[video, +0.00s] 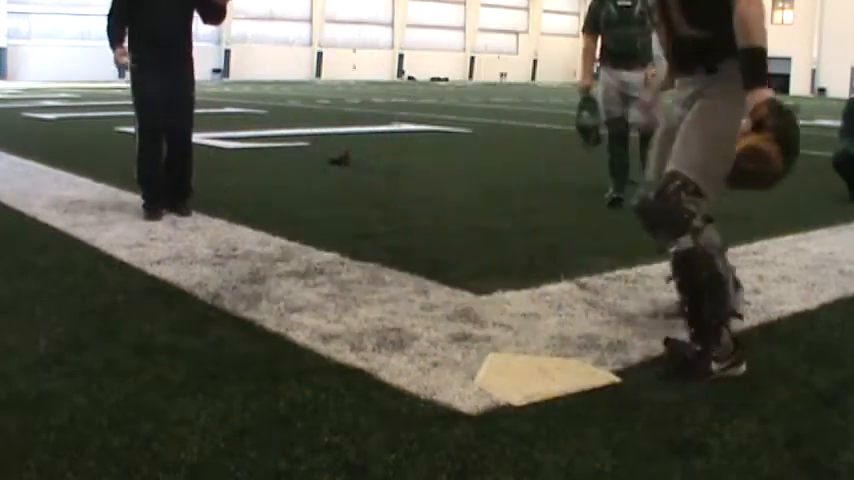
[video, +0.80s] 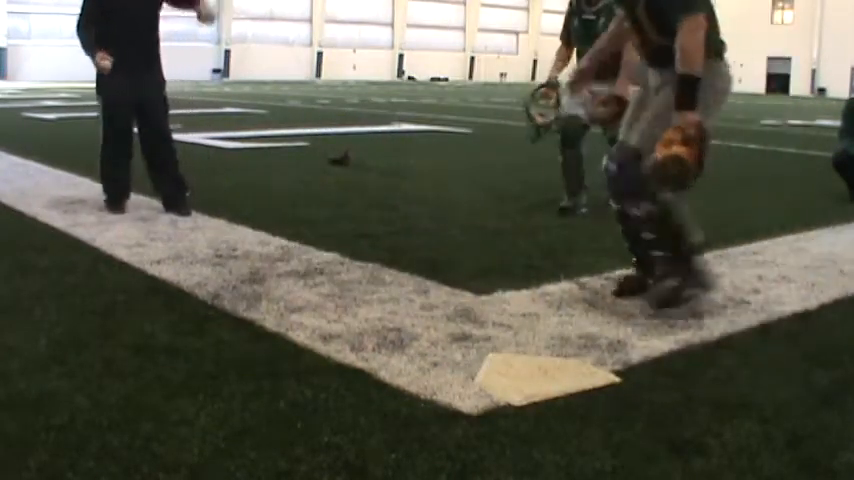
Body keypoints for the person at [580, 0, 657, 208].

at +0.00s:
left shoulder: (649, 6)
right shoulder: (600, 6)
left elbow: (663, 34)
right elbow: (590, 40)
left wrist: (663, 67)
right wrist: (587, 76)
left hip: (642, 74)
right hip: (610, 73)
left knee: (647, 129)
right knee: (616, 131)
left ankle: (649, 179)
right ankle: (617, 187)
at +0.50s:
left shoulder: (645, 7)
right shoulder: (598, 6)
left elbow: (661, 44)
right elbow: (583, 39)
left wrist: (657, 83)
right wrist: (565, 53)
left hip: (635, 81)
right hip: (602, 80)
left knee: (634, 139)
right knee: (586, 130)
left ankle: (638, 187)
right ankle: (604, 183)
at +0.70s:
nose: (599, 1)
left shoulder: (628, 14)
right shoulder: (584, 11)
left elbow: (639, 53)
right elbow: (572, 47)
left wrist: (623, 89)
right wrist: (558, 72)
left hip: (620, 87)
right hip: (588, 85)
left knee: (623, 145)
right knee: (571, 136)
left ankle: (625, 196)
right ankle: (574, 197)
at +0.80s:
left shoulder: (619, 11)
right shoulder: (575, 8)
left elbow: (631, 52)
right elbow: (566, 47)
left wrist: (621, 92)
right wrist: (552, 78)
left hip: (613, 85)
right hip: (582, 85)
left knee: (616, 142)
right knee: (568, 136)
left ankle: (621, 193)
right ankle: (574, 196)